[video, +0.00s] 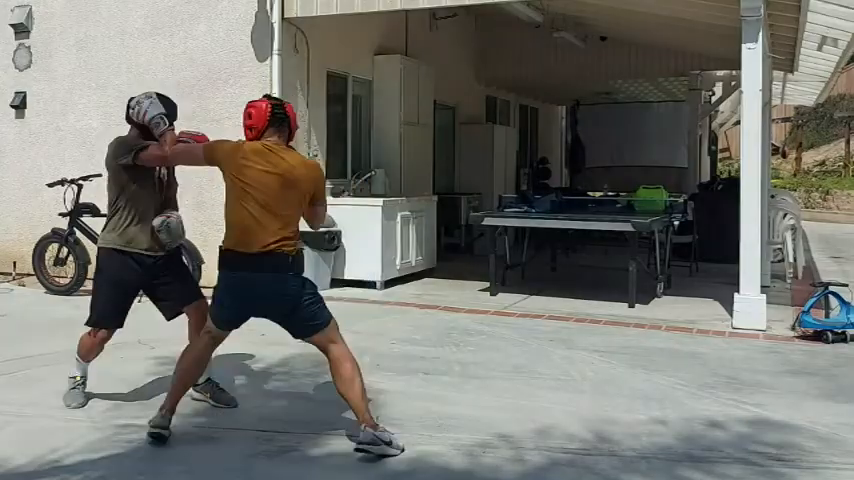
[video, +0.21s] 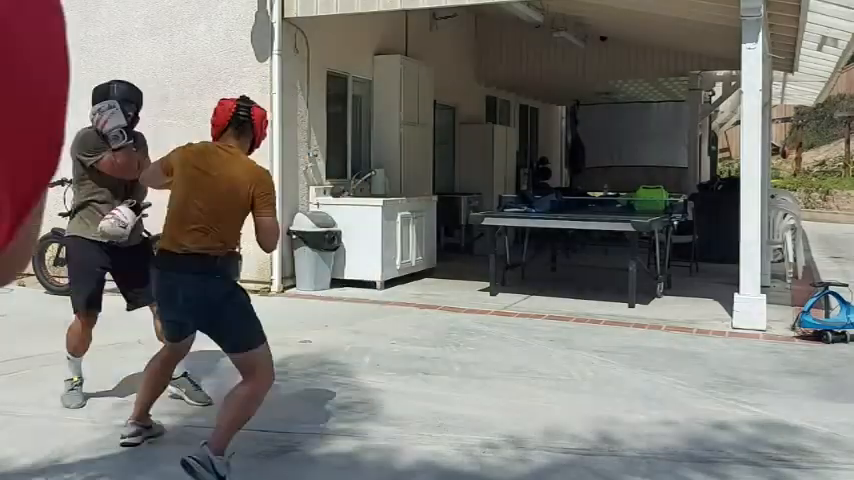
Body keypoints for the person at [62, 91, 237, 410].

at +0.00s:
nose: (171, 131)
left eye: (171, 126)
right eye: (167, 125)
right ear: (149, 120)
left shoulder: (163, 157)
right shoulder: (120, 147)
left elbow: (170, 204)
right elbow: (166, 155)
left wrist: (173, 225)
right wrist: (160, 123)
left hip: (162, 255)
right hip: (120, 253)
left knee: (199, 311)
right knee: (101, 333)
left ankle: (199, 379)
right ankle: (78, 372)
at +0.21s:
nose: (126, 118)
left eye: (130, 112)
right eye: (119, 111)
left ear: (136, 113)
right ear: (105, 112)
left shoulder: (138, 142)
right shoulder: (84, 140)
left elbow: (141, 187)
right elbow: (129, 169)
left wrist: (131, 212)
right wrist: (119, 134)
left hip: (129, 236)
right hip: (87, 236)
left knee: (160, 304)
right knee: (85, 315)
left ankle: (177, 374)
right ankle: (74, 377)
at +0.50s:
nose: (88, 109)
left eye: (94, 104)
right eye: (84, 102)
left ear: (101, 106)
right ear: (71, 104)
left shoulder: (111, 136)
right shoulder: (54, 135)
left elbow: (124, 184)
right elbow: (41, 184)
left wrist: (101, 213)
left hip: (106, 235)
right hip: (61, 236)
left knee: (124, 301)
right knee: (49, 304)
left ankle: (133, 362)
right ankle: (51, 361)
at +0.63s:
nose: (73, 124)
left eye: (78, 117)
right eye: (69, 117)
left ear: (87, 118)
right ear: (60, 120)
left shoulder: (102, 153)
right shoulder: (46, 153)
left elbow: (121, 193)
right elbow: (32, 202)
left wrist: (106, 225)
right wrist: (57, 232)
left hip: (92, 244)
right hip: (52, 246)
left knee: (111, 307)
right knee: (39, 312)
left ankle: (131, 371)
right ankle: (54, 365)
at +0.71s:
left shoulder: (104, 150)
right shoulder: (46, 158)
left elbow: (124, 191)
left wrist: (112, 212)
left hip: (94, 239)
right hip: (52, 240)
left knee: (114, 298)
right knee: (43, 305)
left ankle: (129, 369)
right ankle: (54, 363)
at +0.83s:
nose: (80, 118)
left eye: (85, 112)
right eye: (75, 112)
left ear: (93, 111)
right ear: (66, 112)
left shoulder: (107, 142)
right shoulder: (51, 141)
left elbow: (124, 187)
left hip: (96, 239)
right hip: (55, 241)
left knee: (111, 305)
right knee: (45, 304)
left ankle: (128, 374)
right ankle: (55, 362)